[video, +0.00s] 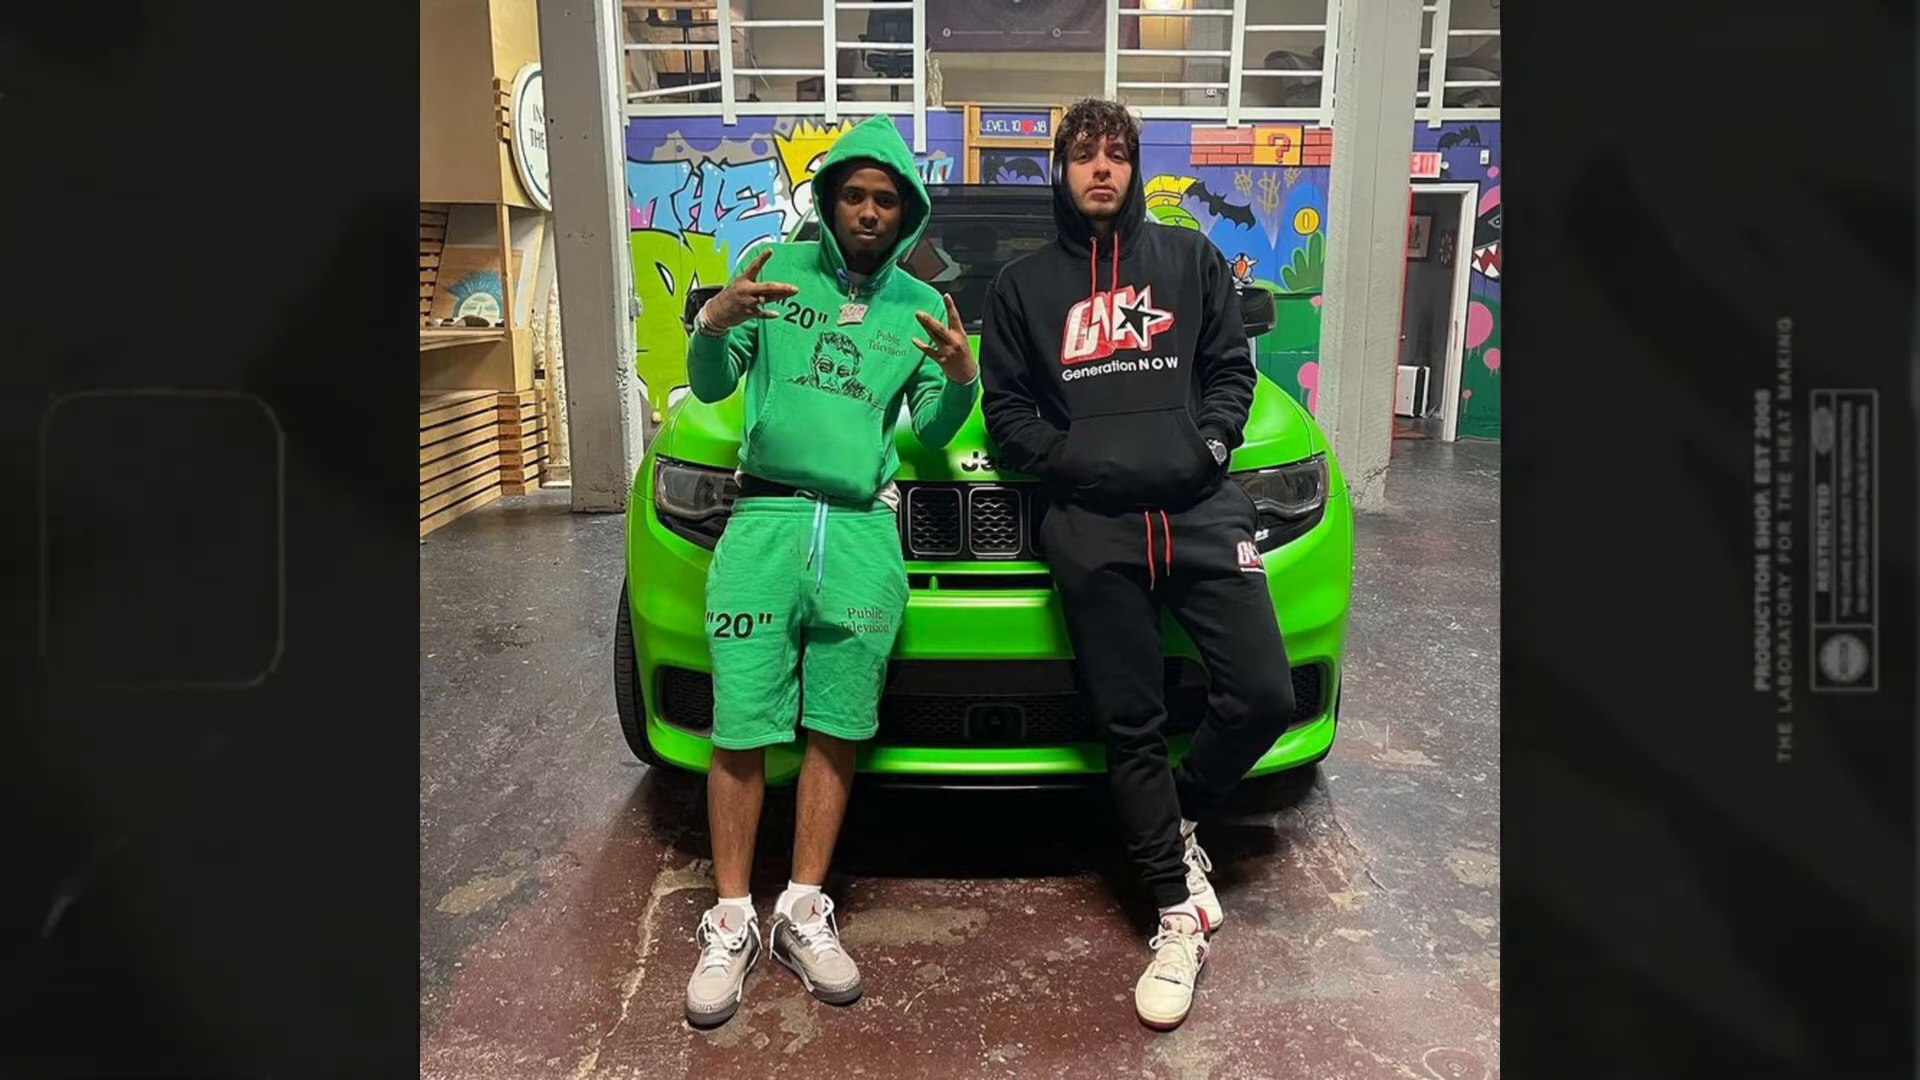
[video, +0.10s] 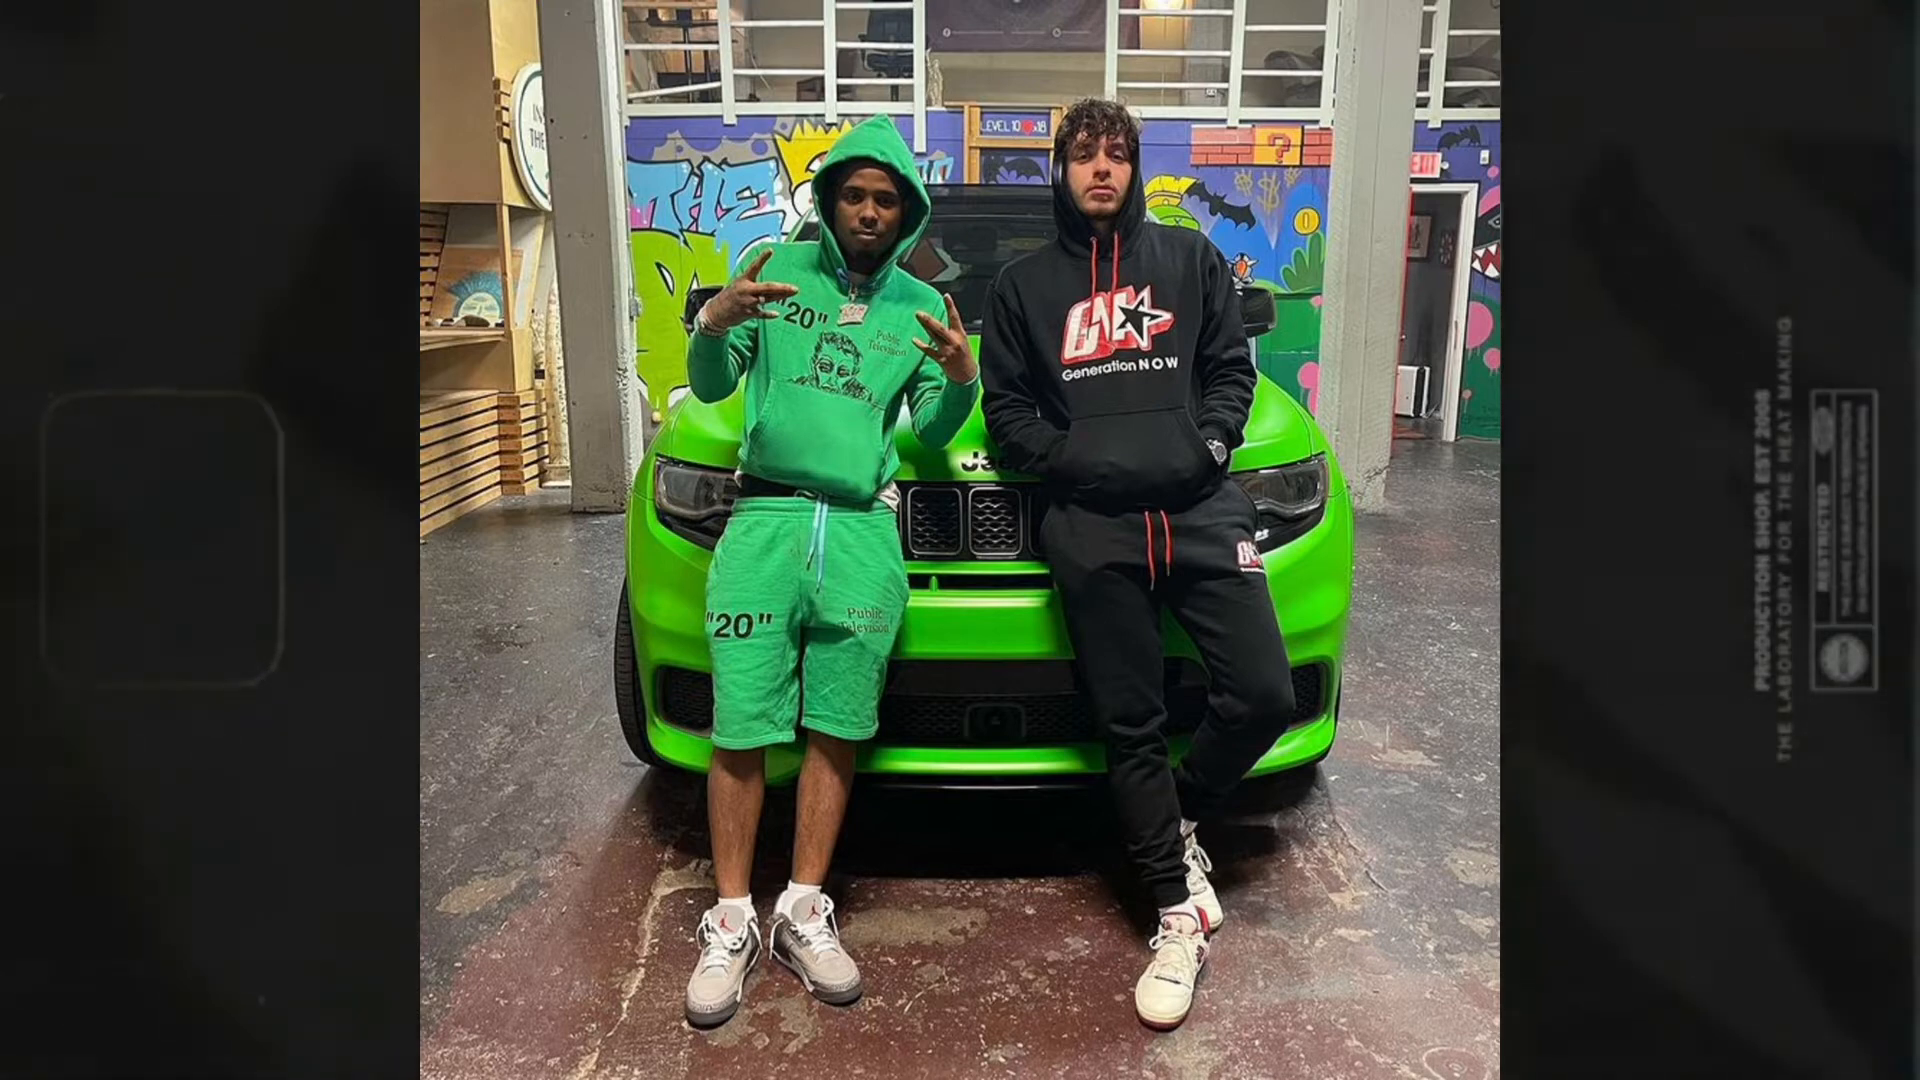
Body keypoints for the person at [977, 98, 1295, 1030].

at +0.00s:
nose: (1102, 171)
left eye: (1116, 158)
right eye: (1088, 158)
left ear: (1137, 171)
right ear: (1062, 171)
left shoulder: (1191, 256)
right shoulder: (1018, 280)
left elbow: (1232, 364)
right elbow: (1004, 403)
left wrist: (1209, 444)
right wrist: (1065, 458)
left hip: (1200, 503)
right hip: (1091, 514)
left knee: (1262, 693)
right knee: (1131, 718)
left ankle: (1179, 819)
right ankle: (1179, 916)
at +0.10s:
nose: (1102, 171)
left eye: (1116, 158)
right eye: (1088, 158)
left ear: (1137, 171)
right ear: (1062, 171)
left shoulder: (1191, 256)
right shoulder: (1018, 280)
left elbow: (1232, 364)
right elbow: (1004, 403)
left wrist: (1209, 444)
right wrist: (1065, 458)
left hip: (1200, 503)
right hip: (1091, 514)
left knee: (1262, 693)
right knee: (1131, 718)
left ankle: (1179, 819)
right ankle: (1179, 917)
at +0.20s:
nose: (1102, 171)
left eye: (1116, 158)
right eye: (1088, 158)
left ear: (1137, 171)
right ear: (1062, 171)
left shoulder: (1191, 256)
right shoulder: (1018, 280)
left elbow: (1232, 364)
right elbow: (1004, 403)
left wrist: (1209, 444)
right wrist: (1065, 457)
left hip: (1200, 503)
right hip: (1091, 514)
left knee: (1262, 693)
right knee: (1131, 718)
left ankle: (1179, 819)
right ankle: (1179, 917)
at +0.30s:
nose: (1102, 171)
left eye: (1116, 158)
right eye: (1088, 158)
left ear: (1137, 171)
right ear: (1062, 171)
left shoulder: (1191, 256)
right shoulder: (1018, 280)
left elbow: (1232, 364)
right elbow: (1004, 403)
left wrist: (1209, 444)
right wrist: (1065, 458)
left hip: (1200, 503)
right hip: (1091, 514)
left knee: (1262, 693)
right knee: (1131, 718)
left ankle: (1179, 819)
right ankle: (1179, 917)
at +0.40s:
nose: (1102, 171)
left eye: (1116, 158)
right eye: (1088, 158)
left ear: (1137, 171)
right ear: (1062, 171)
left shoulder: (1191, 256)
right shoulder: (1018, 280)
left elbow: (1232, 364)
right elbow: (1004, 403)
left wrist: (1209, 444)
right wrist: (1065, 457)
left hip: (1200, 503)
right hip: (1091, 514)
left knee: (1262, 693)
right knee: (1131, 718)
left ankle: (1179, 819)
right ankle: (1179, 917)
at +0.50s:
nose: (1102, 171)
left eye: (1115, 158)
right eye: (1087, 158)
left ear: (1137, 171)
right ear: (1061, 172)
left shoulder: (1191, 256)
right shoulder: (1017, 280)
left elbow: (1232, 363)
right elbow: (1003, 403)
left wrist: (1209, 444)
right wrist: (1064, 457)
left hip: (1200, 503)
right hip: (1091, 514)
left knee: (1262, 692)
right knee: (1131, 719)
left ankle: (1180, 818)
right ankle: (1179, 918)